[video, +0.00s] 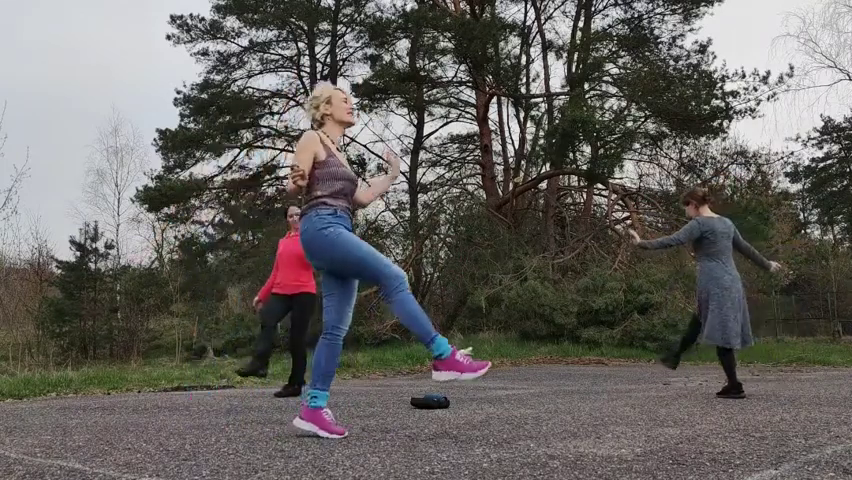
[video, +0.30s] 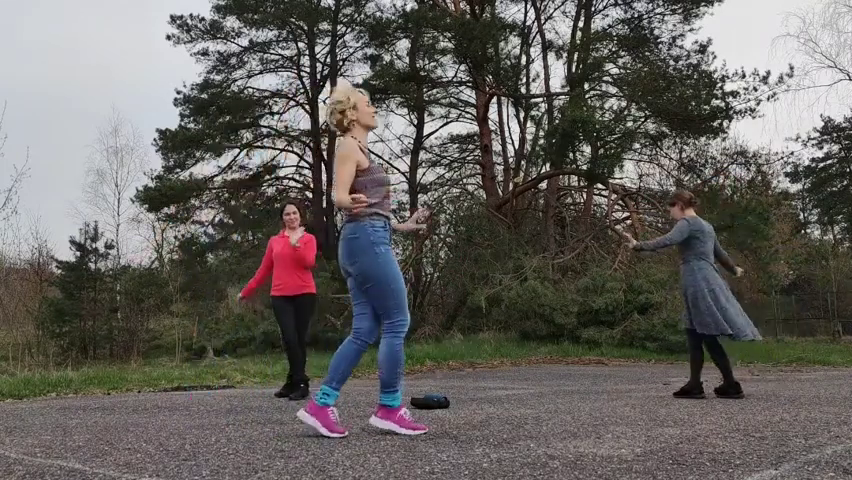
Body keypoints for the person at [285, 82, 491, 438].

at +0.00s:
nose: (352, 104)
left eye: (351, 100)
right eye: (344, 99)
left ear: (340, 109)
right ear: (325, 107)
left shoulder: (339, 157)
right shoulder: (312, 138)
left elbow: (362, 197)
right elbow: (296, 185)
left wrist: (392, 171)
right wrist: (296, 184)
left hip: (337, 233)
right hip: (321, 227)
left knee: (335, 328)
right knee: (393, 278)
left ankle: (312, 409)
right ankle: (444, 356)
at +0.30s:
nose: (373, 106)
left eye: (370, 101)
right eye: (367, 102)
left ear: (353, 112)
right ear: (352, 111)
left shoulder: (359, 149)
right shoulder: (348, 145)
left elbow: (368, 211)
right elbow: (338, 195)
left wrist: (405, 225)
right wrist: (350, 201)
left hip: (358, 241)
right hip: (367, 238)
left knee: (363, 332)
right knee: (397, 323)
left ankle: (321, 404)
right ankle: (390, 408)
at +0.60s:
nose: (390, 108)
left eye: (387, 103)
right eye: (384, 103)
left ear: (364, 111)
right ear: (368, 109)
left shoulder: (360, 145)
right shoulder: (366, 140)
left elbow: (335, 199)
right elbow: (359, 191)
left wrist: (350, 232)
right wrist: (390, 203)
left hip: (362, 235)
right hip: (372, 234)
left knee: (391, 321)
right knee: (400, 322)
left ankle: (327, 358)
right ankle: (389, 409)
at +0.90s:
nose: (358, 107)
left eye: (356, 102)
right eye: (351, 103)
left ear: (340, 111)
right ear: (333, 111)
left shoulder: (343, 146)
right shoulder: (330, 145)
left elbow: (351, 196)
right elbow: (327, 197)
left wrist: (375, 214)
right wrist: (341, 224)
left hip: (349, 238)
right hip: (349, 239)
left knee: (335, 328)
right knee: (380, 322)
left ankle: (276, 386)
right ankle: (388, 407)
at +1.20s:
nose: (325, 111)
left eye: (323, 106)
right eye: (318, 106)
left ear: (310, 115)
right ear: (300, 114)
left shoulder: (310, 155)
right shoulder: (290, 146)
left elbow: (323, 205)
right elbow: (271, 194)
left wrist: (370, 207)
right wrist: (280, 222)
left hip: (300, 240)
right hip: (292, 240)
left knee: (281, 331)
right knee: (342, 312)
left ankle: (250, 404)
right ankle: (336, 401)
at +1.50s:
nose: (315, 105)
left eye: (314, 100)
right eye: (309, 100)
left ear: (295, 106)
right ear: (289, 104)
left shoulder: (297, 143)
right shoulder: (276, 138)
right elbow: (259, 186)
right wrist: (279, 204)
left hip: (297, 239)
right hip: (275, 236)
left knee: (298, 323)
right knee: (264, 324)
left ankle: (261, 399)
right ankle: (228, 404)